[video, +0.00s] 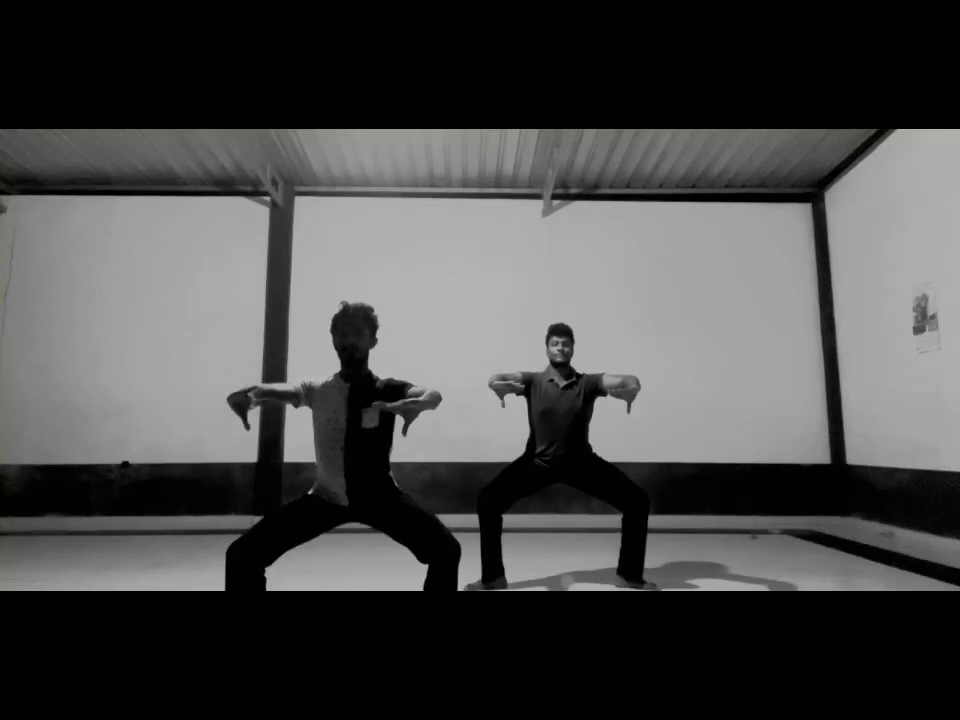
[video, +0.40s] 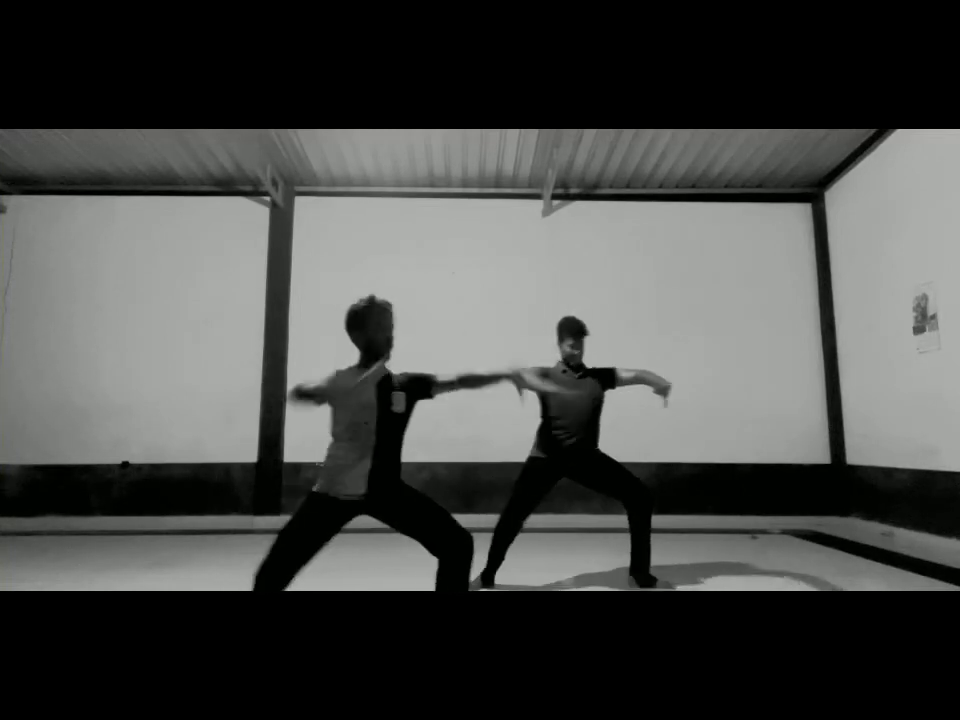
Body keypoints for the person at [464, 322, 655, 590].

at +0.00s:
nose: (560, 348)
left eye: (566, 344)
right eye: (555, 344)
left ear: (572, 349)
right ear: (547, 348)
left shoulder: (587, 382)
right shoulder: (533, 380)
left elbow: (627, 381)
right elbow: (494, 380)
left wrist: (631, 389)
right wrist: (502, 387)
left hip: (580, 462)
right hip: (537, 463)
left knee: (636, 501)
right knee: (489, 500)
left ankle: (630, 575)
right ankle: (493, 578)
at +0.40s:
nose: (575, 349)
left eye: (578, 343)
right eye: (569, 344)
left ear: (584, 344)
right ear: (559, 345)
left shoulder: (599, 378)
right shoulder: (544, 377)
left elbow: (639, 376)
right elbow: (504, 376)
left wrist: (663, 386)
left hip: (586, 458)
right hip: (547, 459)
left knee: (639, 497)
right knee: (514, 513)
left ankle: (640, 571)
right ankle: (488, 574)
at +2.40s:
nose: (496, 374)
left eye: (496, 368)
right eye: (493, 370)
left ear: (508, 360)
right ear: (504, 364)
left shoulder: (537, 373)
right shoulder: (515, 378)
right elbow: (486, 385)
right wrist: (475, 387)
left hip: (579, 451)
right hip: (544, 452)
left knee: (623, 511)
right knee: (499, 498)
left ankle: (635, 581)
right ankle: (477, 578)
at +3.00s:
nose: (538, 338)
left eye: (544, 334)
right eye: (533, 332)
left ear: (550, 339)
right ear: (524, 336)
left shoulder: (561, 370)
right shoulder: (505, 367)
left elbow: (601, 358)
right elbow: (473, 339)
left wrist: (611, 363)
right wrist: (499, 346)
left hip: (560, 454)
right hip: (517, 455)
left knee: (615, 495)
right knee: (472, 501)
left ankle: (636, 571)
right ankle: (469, 577)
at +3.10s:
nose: (531, 338)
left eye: (536, 334)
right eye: (525, 333)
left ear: (542, 338)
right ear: (517, 338)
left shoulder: (559, 371)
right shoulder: (503, 374)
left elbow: (601, 364)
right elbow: (474, 361)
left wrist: (623, 371)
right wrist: (512, 361)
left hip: (557, 452)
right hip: (514, 455)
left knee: (613, 492)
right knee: (471, 501)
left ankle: (628, 563)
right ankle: (470, 576)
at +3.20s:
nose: (537, 343)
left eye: (542, 338)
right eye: (532, 338)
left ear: (549, 342)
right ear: (524, 342)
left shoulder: (564, 376)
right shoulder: (512, 377)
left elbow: (606, 376)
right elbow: (486, 382)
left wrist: (635, 385)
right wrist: (517, 372)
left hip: (559, 457)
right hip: (517, 458)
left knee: (611, 499)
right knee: (473, 503)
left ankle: (618, 574)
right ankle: (469, 579)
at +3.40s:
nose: (564, 333)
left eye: (568, 328)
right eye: (559, 329)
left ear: (576, 329)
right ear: (551, 331)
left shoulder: (594, 364)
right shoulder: (540, 364)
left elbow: (631, 360)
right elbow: (511, 379)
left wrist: (653, 368)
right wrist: (518, 385)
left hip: (583, 449)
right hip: (543, 449)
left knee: (628, 501)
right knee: (504, 505)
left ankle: (618, 571)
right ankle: (472, 575)